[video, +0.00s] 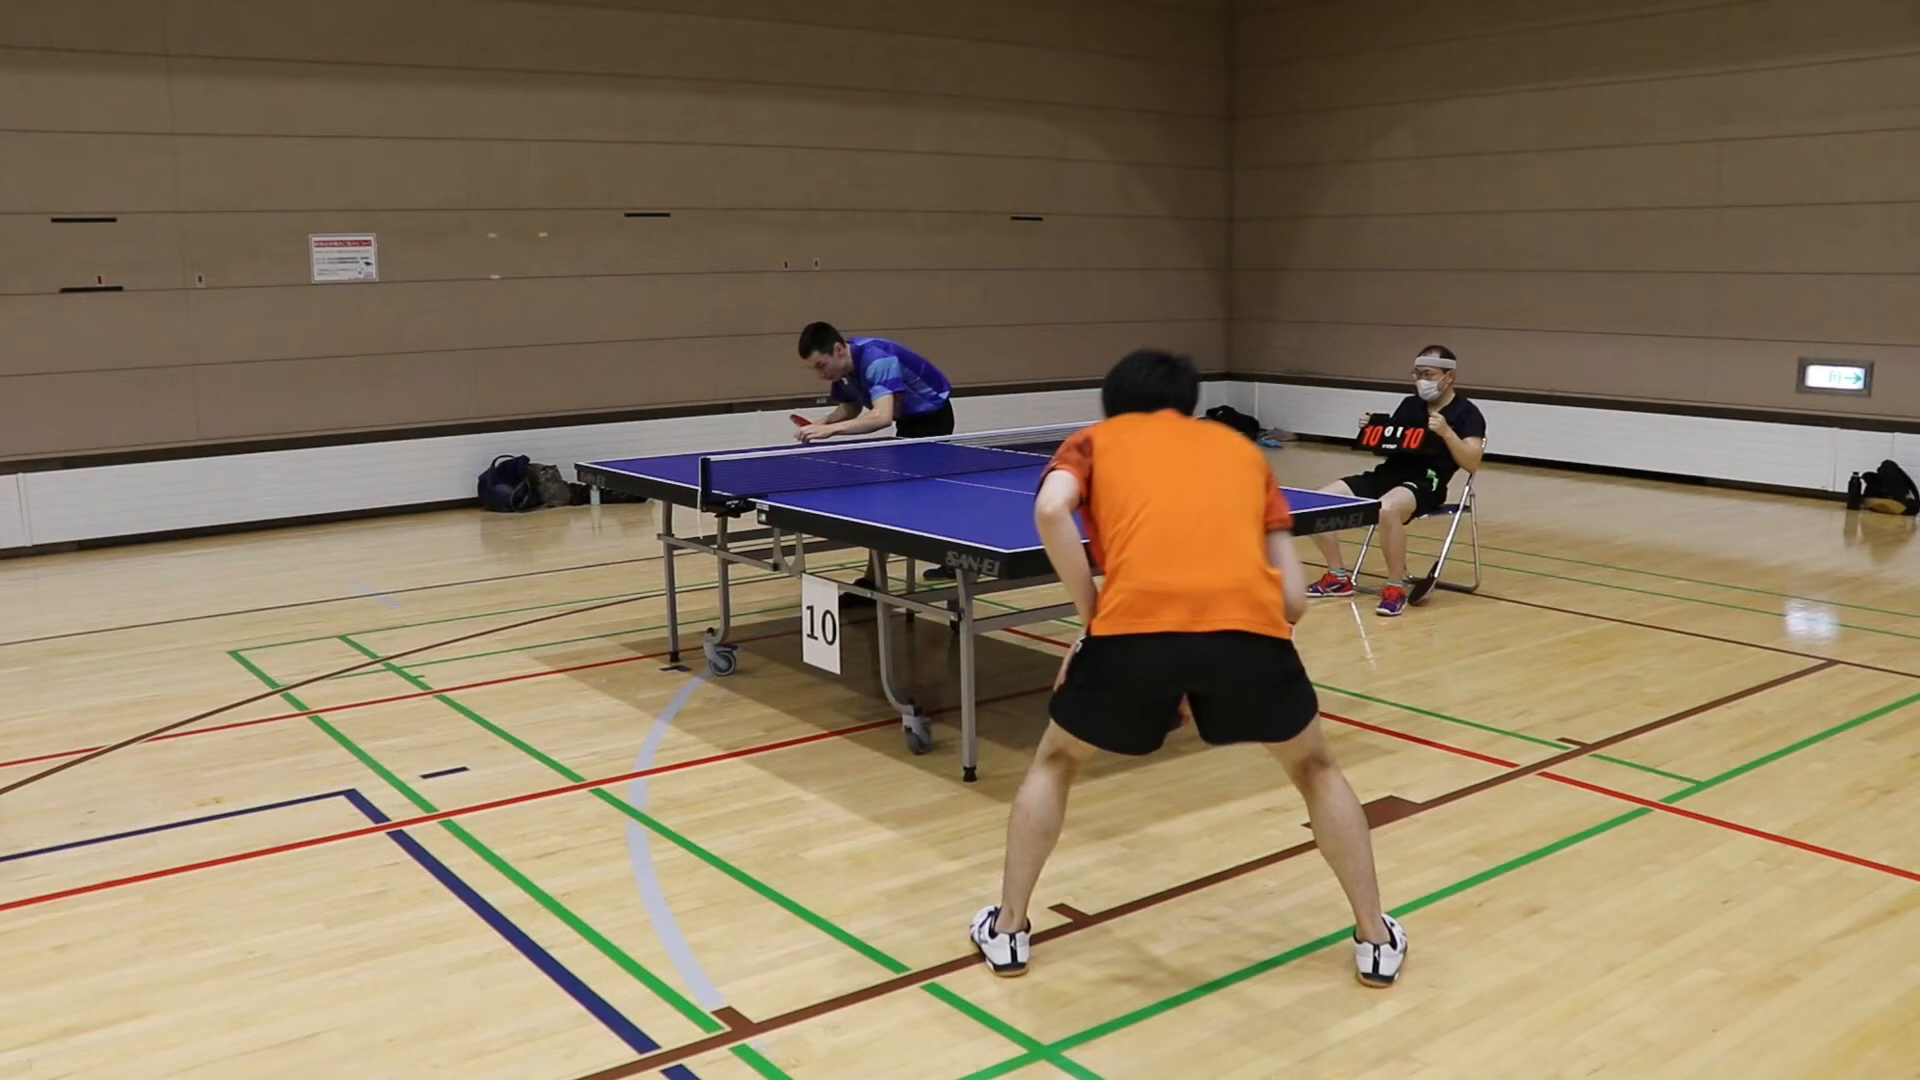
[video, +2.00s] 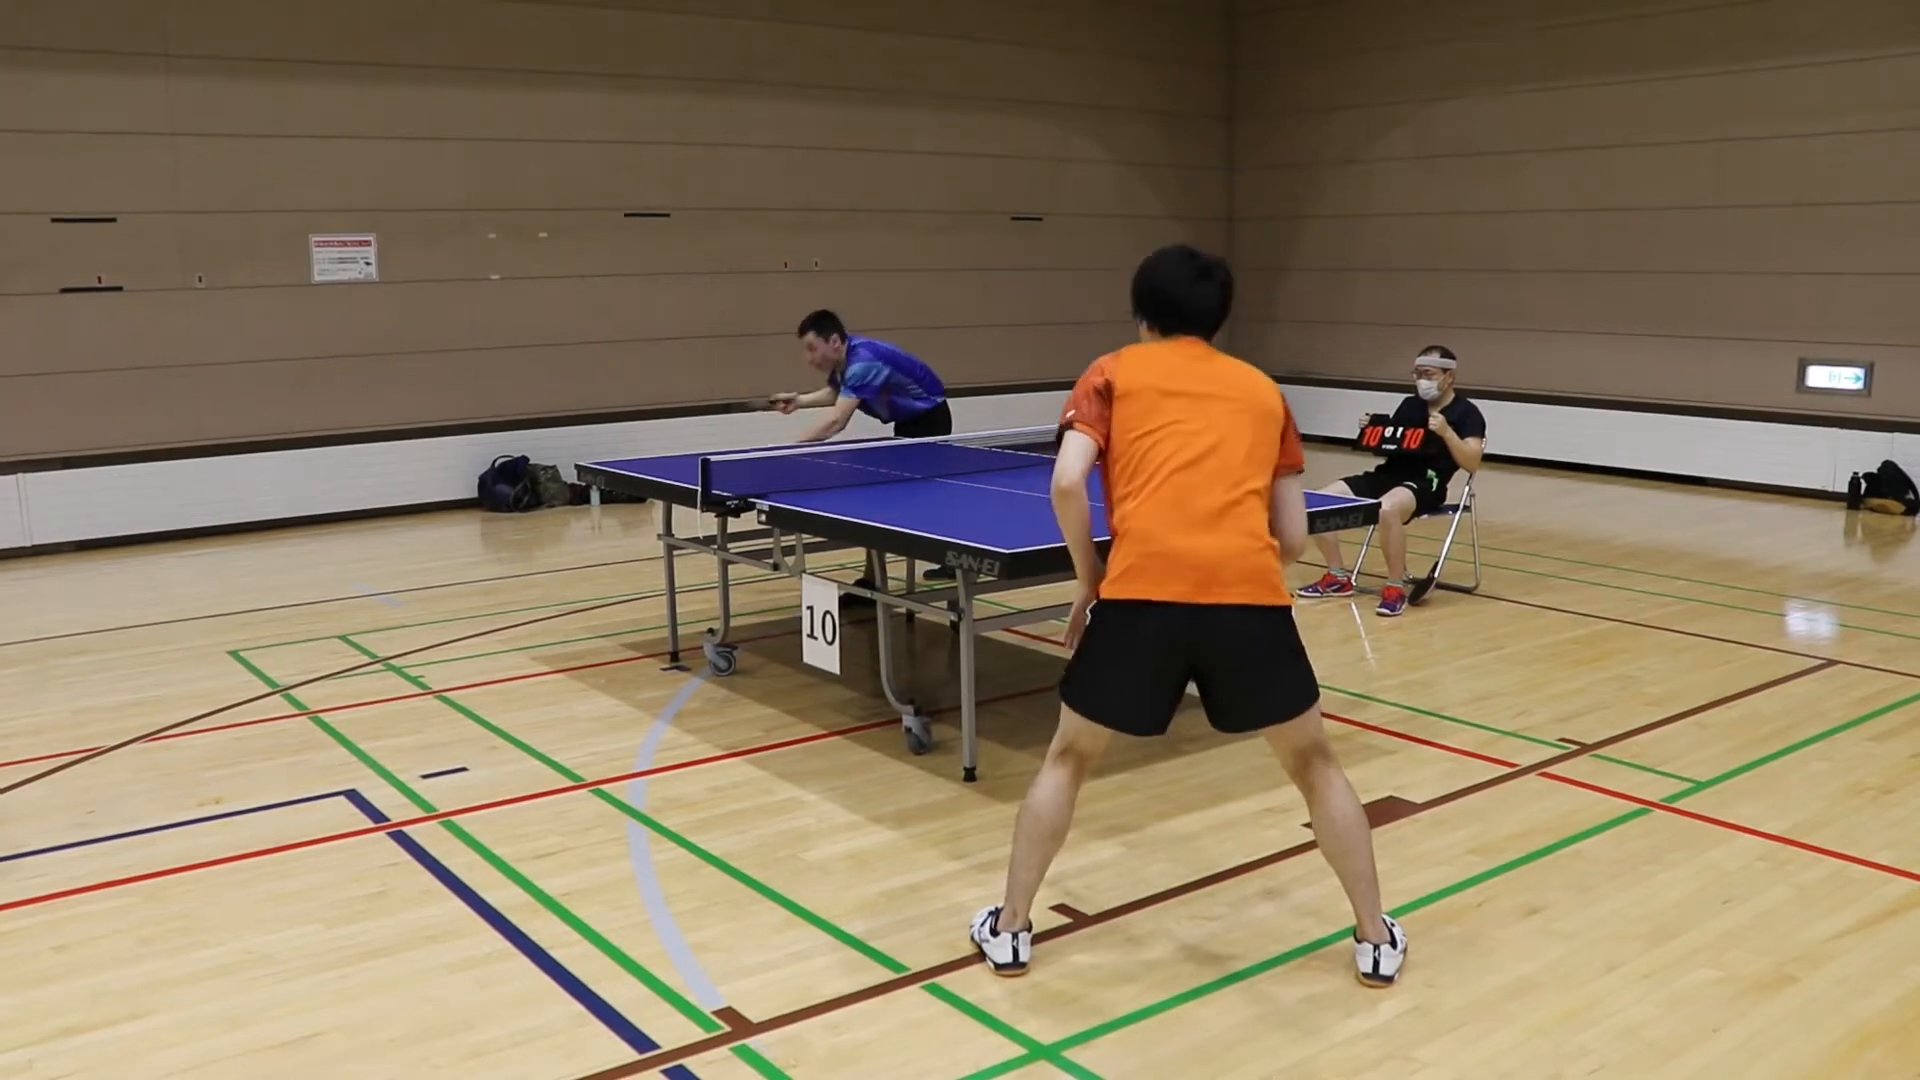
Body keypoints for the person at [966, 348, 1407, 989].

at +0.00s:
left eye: (1102, 410)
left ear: (1112, 406)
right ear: (1190, 405)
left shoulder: (1095, 438)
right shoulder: (1242, 449)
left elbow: (1051, 507)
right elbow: (1293, 595)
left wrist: (1095, 618)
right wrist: (1233, 661)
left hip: (1132, 641)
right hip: (1249, 642)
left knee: (1057, 762)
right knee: (1316, 769)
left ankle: (1008, 927)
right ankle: (1376, 938)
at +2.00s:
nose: (1136, 324)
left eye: (1137, 312)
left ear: (1143, 314)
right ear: (1220, 316)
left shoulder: (1114, 372)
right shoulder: (1262, 390)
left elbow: (1066, 483)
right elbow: (1292, 537)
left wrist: (1088, 581)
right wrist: (1222, 567)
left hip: (1140, 601)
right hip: (1249, 607)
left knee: (1069, 758)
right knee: (1313, 761)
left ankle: (1011, 928)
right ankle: (1377, 937)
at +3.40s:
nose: (1115, 368)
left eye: (1116, 358)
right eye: (1118, 357)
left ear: (1127, 361)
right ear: (1187, 357)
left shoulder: (1127, 417)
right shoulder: (1231, 415)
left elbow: (1051, 525)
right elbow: (1272, 484)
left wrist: (1032, 513)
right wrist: (1212, 499)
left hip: (1190, 627)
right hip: (1272, 620)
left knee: (1049, 708)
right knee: (1268, 693)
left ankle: (998, 875)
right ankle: (1323, 822)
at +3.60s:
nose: (1048, 384)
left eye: (1049, 372)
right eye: (1048, 372)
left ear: (1062, 372)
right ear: (1121, 364)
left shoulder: (1068, 421)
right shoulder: (1168, 422)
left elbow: (995, 512)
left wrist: (978, 499)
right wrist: (1063, 497)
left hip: (1128, 640)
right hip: (1213, 636)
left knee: (983, 706)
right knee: (1236, 711)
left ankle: (982, 880)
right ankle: (1317, 823)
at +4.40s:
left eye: (1185, 346)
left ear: (1183, 355)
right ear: (1259, 374)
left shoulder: (1134, 424)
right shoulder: (1251, 461)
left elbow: (1128, 543)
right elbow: (1247, 615)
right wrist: (1297, 695)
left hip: (1088, 668)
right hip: (1191, 684)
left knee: (1018, 798)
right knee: (1302, 761)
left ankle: (932, 901)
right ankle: (1374, 919)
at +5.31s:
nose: (1347, 358)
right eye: (1348, 348)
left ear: (1273, 348)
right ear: (1348, 358)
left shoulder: (1217, 423)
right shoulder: (1345, 457)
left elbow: (1203, 530)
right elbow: (1353, 603)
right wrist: (1415, 706)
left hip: (1173, 655)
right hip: (1272, 663)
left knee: (1091, 808)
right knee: (1385, 748)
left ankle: (993, 956)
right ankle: (1425, 922)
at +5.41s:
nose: (1484, 369)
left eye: (1473, 354)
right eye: (1482, 358)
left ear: (1402, 350)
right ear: (1470, 366)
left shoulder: (1345, 411)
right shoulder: (1451, 447)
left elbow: (1320, 514)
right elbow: (1460, 596)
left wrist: (1405, 571)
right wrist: (1540, 699)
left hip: (1256, 622)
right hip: (1346, 639)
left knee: (1158, 777)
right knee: (1440, 750)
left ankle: (1034, 908)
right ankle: (1433, 925)